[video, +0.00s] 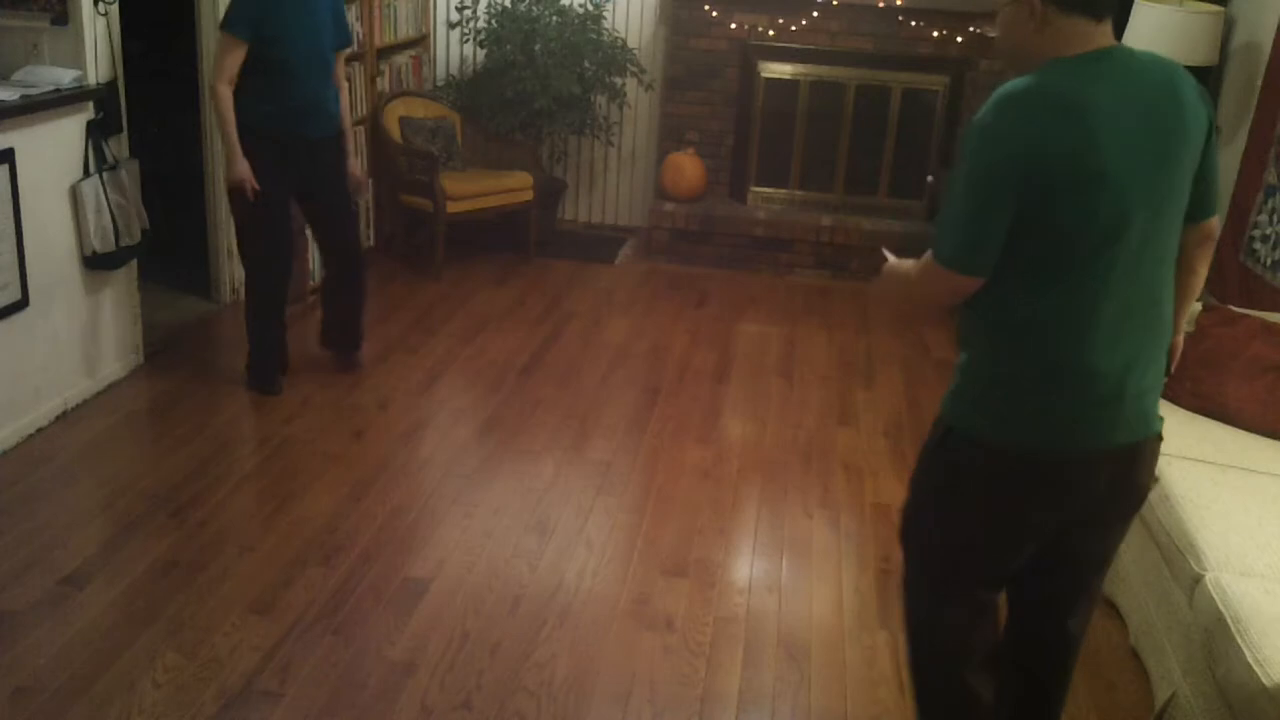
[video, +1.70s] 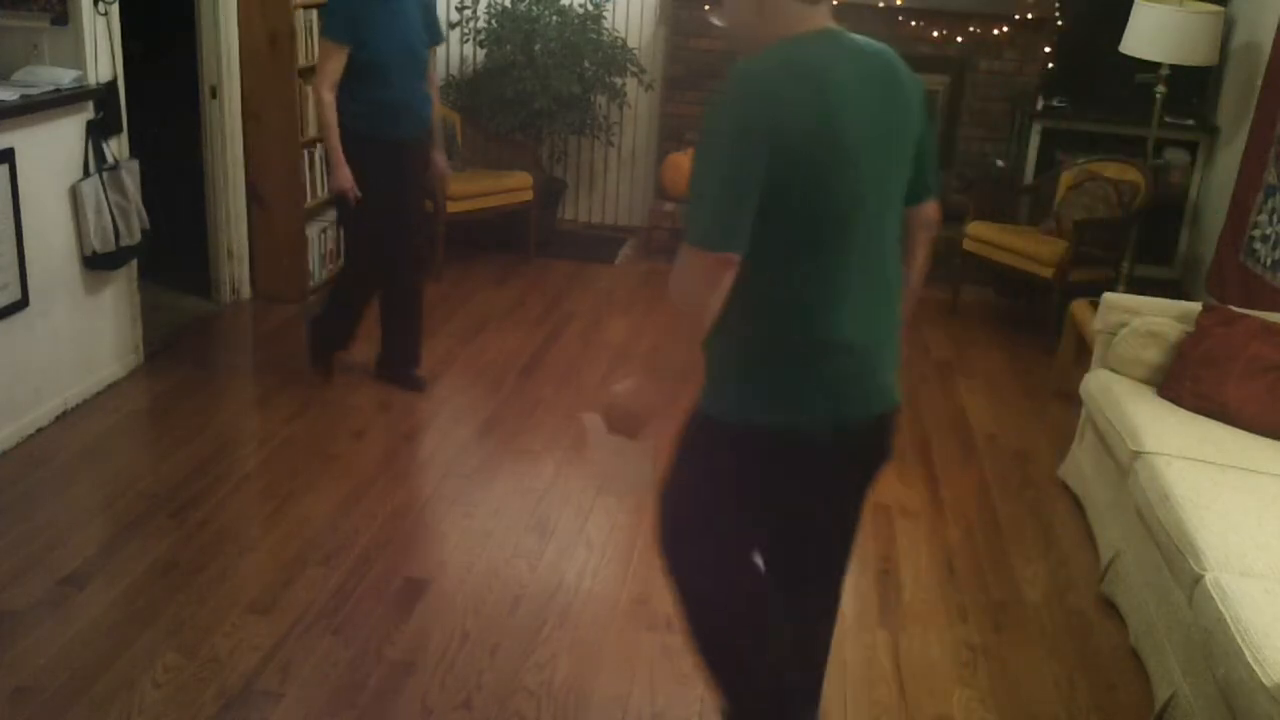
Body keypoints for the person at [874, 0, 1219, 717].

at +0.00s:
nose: (994, 27)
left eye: (999, 12)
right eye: (994, 13)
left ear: (1033, 11)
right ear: (1101, 13)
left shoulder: (1018, 110)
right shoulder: (1182, 94)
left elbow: (956, 274)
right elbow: (1200, 233)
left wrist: (901, 275)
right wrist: (1175, 328)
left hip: (1004, 439)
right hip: (1124, 443)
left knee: (945, 596)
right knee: (1051, 627)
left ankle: (957, 708)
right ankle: (1029, 711)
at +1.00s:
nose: (888, 35)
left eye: (893, 17)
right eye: (888, 19)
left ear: (927, 18)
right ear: (1001, 19)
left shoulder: (925, 119)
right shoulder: (1084, 113)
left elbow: (858, 294)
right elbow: (1106, 267)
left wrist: (803, 308)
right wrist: (1075, 369)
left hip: (936, 455)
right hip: (1042, 448)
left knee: (908, 660)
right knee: (1004, 647)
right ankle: (1004, 714)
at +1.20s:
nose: (840, 27)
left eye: (846, 10)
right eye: (840, 12)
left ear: (886, 11)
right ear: (952, 13)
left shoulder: (875, 107)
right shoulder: (1046, 101)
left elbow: (798, 284)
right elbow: (1074, 260)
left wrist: (744, 294)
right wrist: (1057, 380)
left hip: (905, 447)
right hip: (1004, 437)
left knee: (894, 668)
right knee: (926, 641)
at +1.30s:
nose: (819, 33)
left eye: (824, 16)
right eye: (820, 18)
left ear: (860, 12)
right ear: (927, 14)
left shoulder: (850, 108)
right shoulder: (1021, 98)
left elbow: (775, 283)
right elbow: (1053, 258)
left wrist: (728, 299)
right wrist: (1038, 379)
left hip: (884, 439)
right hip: (982, 431)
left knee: (896, 647)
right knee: (883, 614)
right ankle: (840, 704)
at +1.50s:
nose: (769, 27)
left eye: (774, 11)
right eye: (769, 14)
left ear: (804, 9)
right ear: (872, 10)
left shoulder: (798, 106)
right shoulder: (957, 94)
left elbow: (750, 282)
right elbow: (988, 251)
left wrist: (691, 367)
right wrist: (977, 363)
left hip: (828, 426)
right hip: (927, 418)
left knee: (851, 623)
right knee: (822, 609)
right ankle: (766, 712)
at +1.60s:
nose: (735, 25)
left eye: (739, 11)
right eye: (734, 13)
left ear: (776, 6)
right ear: (839, 4)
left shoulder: (776, 95)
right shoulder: (923, 80)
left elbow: (734, 269)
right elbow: (955, 228)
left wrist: (678, 377)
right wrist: (940, 341)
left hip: (801, 425)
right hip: (895, 415)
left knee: (771, 579)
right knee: (818, 588)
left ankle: (840, 705)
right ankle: (776, 704)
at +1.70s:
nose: (714, 18)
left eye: (721, 6)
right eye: (714, 8)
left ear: (756, 3)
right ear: (818, 2)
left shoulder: (755, 85)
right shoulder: (891, 71)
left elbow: (710, 257)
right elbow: (922, 218)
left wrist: (650, 381)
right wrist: (883, 326)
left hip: (765, 398)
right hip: (864, 394)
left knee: (696, 533)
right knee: (810, 574)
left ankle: (760, 700)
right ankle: (791, 705)